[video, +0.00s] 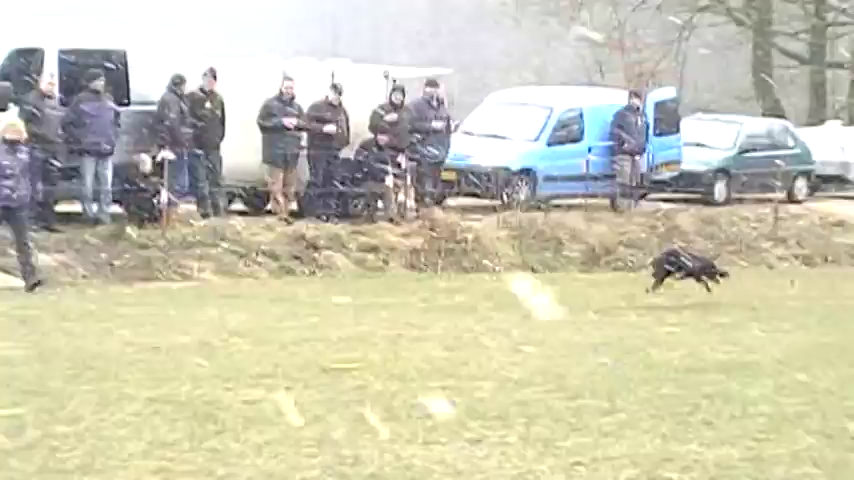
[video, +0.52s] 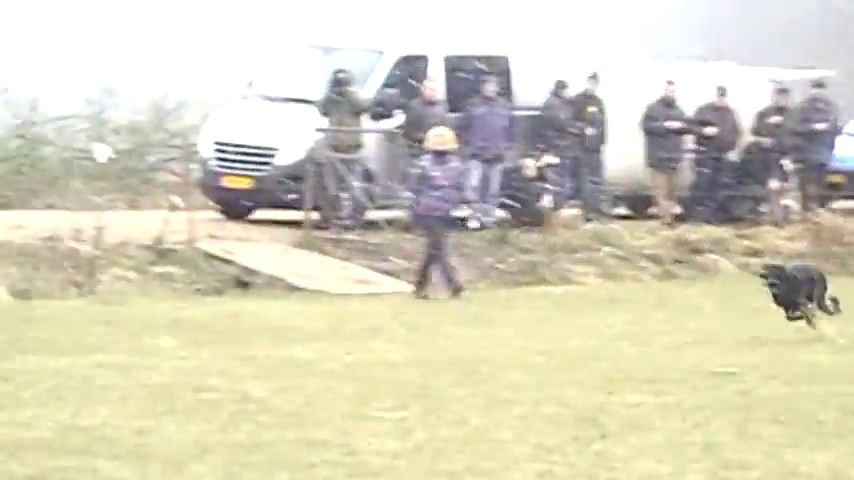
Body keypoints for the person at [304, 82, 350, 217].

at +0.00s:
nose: (336, 98)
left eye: (338, 95)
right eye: (334, 94)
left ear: (341, 96)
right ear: (329, 93)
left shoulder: (342, 111)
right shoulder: (316, 107)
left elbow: (346, 127)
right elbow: (307, 123)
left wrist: (345, 140)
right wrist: (322, 128)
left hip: (334, 149)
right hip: (318, 149)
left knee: (331, 180)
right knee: (317, 179)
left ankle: (330, 210)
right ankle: (314, 209)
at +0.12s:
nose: (357, 98)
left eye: (360, 95)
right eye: (355, 94)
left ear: (363, 96)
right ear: (350, 93)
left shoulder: (365, 111)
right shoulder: (338, 108)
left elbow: (369, 127)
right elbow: (330, 125)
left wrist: (367, 141)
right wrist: (343, 129)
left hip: (357, 150)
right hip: (340, 149)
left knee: (355, 180)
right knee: (340, 179)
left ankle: (352, 208)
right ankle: (338, 208)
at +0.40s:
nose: (347, 86)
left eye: (350, 82)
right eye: (344, 82)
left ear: (356, 84)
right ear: (337, 83)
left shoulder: (360, 102)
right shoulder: (329, 102)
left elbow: (364, 124)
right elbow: (320, 122)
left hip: (354, 150)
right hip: (334, 149)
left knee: (351, 186)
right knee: (334, 184)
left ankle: (347, 212)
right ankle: (330, 211)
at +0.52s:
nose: (341, 88)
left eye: (344, 84)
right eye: (337, 84)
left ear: (350, 84)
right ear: (332, 84)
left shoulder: (355, 98)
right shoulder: (331, 98)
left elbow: (361, 107)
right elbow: (324, 111)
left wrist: (348, 93)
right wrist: (330, 94)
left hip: (352, 143)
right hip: (332, 143)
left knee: (353, 181)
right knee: (330, 181)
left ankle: (354, 215)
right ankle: (329, 215)